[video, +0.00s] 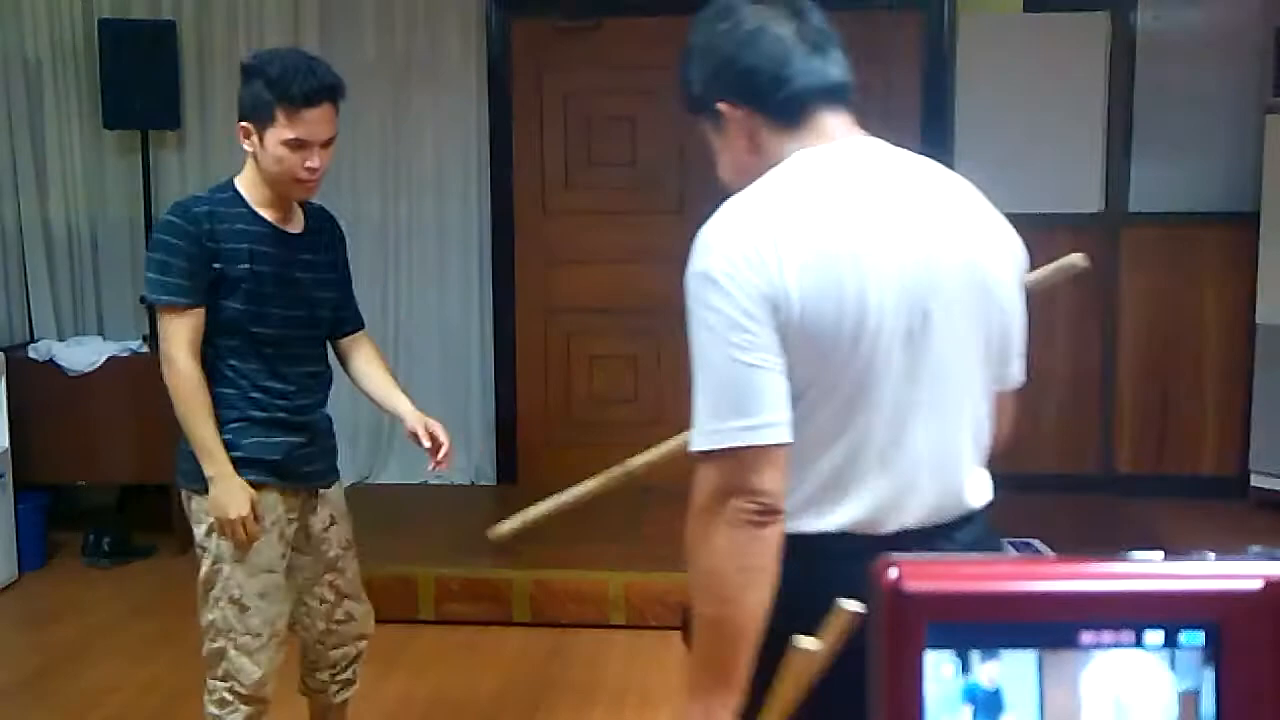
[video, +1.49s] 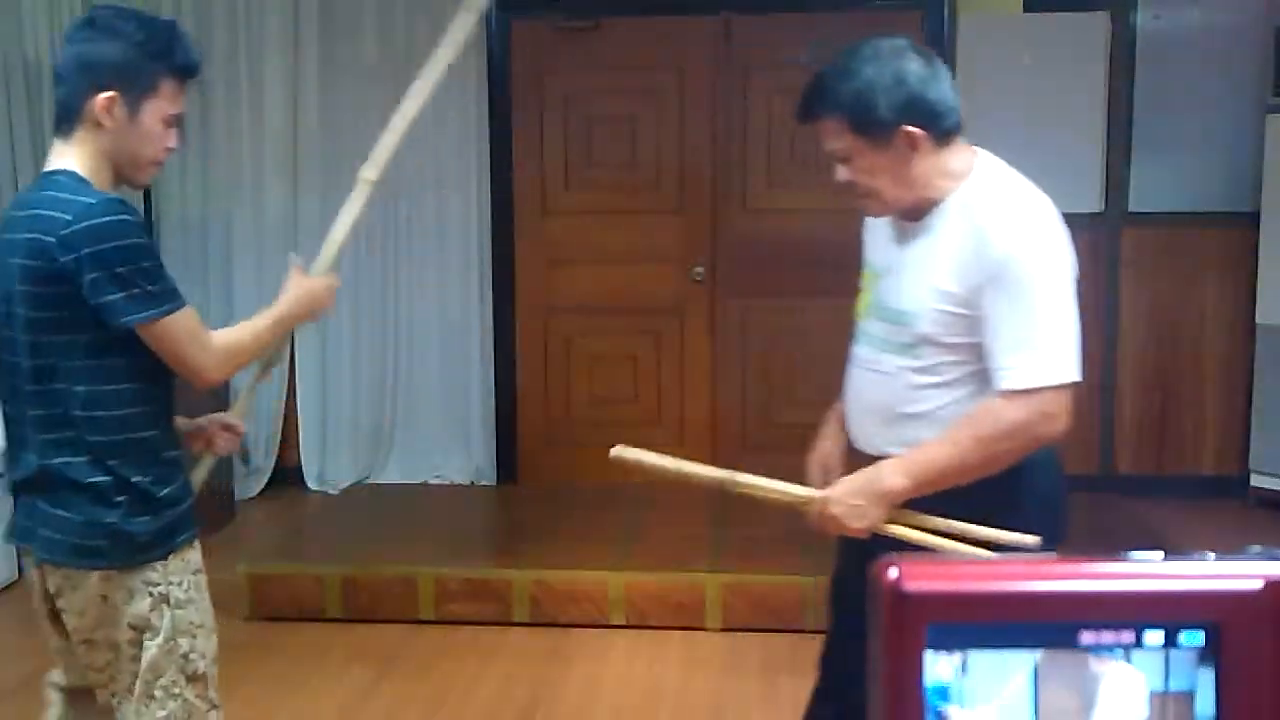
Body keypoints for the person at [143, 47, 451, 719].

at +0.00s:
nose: (315, 162)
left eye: (326, 144)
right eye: (297, 146)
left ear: (337, 135)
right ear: (249, 136)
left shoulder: (324, 232)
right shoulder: (194, 225)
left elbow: (351, 341)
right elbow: (178, 359)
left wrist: (407, 412)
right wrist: (221, 477)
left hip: (317, 478)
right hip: (236, 482)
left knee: (340, 646)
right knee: (243, 671)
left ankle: (330, 717)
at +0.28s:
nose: (308, 163)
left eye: (319, 144)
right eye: (290, 145)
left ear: (328, 134)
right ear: (237, 134)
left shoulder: (324, 234)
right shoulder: (174, 226)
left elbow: (352, 342)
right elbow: (148, 359)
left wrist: (412, 433)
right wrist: (208, 467)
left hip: (313, 483)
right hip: (215, 493)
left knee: (337, 680)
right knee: (227, 691)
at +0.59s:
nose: (334, 158)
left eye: (346, 141)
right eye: (318, 137)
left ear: (355, 133)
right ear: (263, 123)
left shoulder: (335, 238)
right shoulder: (182, 215)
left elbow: (351, 366)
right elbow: (139, 350)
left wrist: (406, 450)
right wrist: (202, 467)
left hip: (317, 500)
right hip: (220, 504)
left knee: (329, 699)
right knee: (241, 704)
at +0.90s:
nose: (315, 156)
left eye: (322, 137)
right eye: (301, 135)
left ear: (324, 127)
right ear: (239, 121)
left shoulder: (283, 231)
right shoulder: (161, 221)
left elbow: (298, 362)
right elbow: (146, 374)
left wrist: (373, 449)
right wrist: (275, 457)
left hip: (282, 511)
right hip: (199, 521)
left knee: (304, 699)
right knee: (224, 707)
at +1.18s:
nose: (259, 150)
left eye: (263, 132)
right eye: (248, 129)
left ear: (185, 120)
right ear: (183, 116)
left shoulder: (169, 221)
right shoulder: (135, 218)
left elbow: (196, 374)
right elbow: (185, 381)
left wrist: (281, 440)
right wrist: (323, 396)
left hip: (181, 528)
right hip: (157, 537)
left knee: (218, 698)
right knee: (206, 702)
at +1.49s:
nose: (174, 144)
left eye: (178, 125)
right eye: (168, 122)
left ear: (104, 110)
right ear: (108, 109)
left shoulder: (26, 215)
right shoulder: (101, 222)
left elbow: (67, 392)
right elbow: (204, 362)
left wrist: (177, 428)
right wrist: (291, 310)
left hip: (55, 526)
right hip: (128, 536)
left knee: (84, 699)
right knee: (172, 706)